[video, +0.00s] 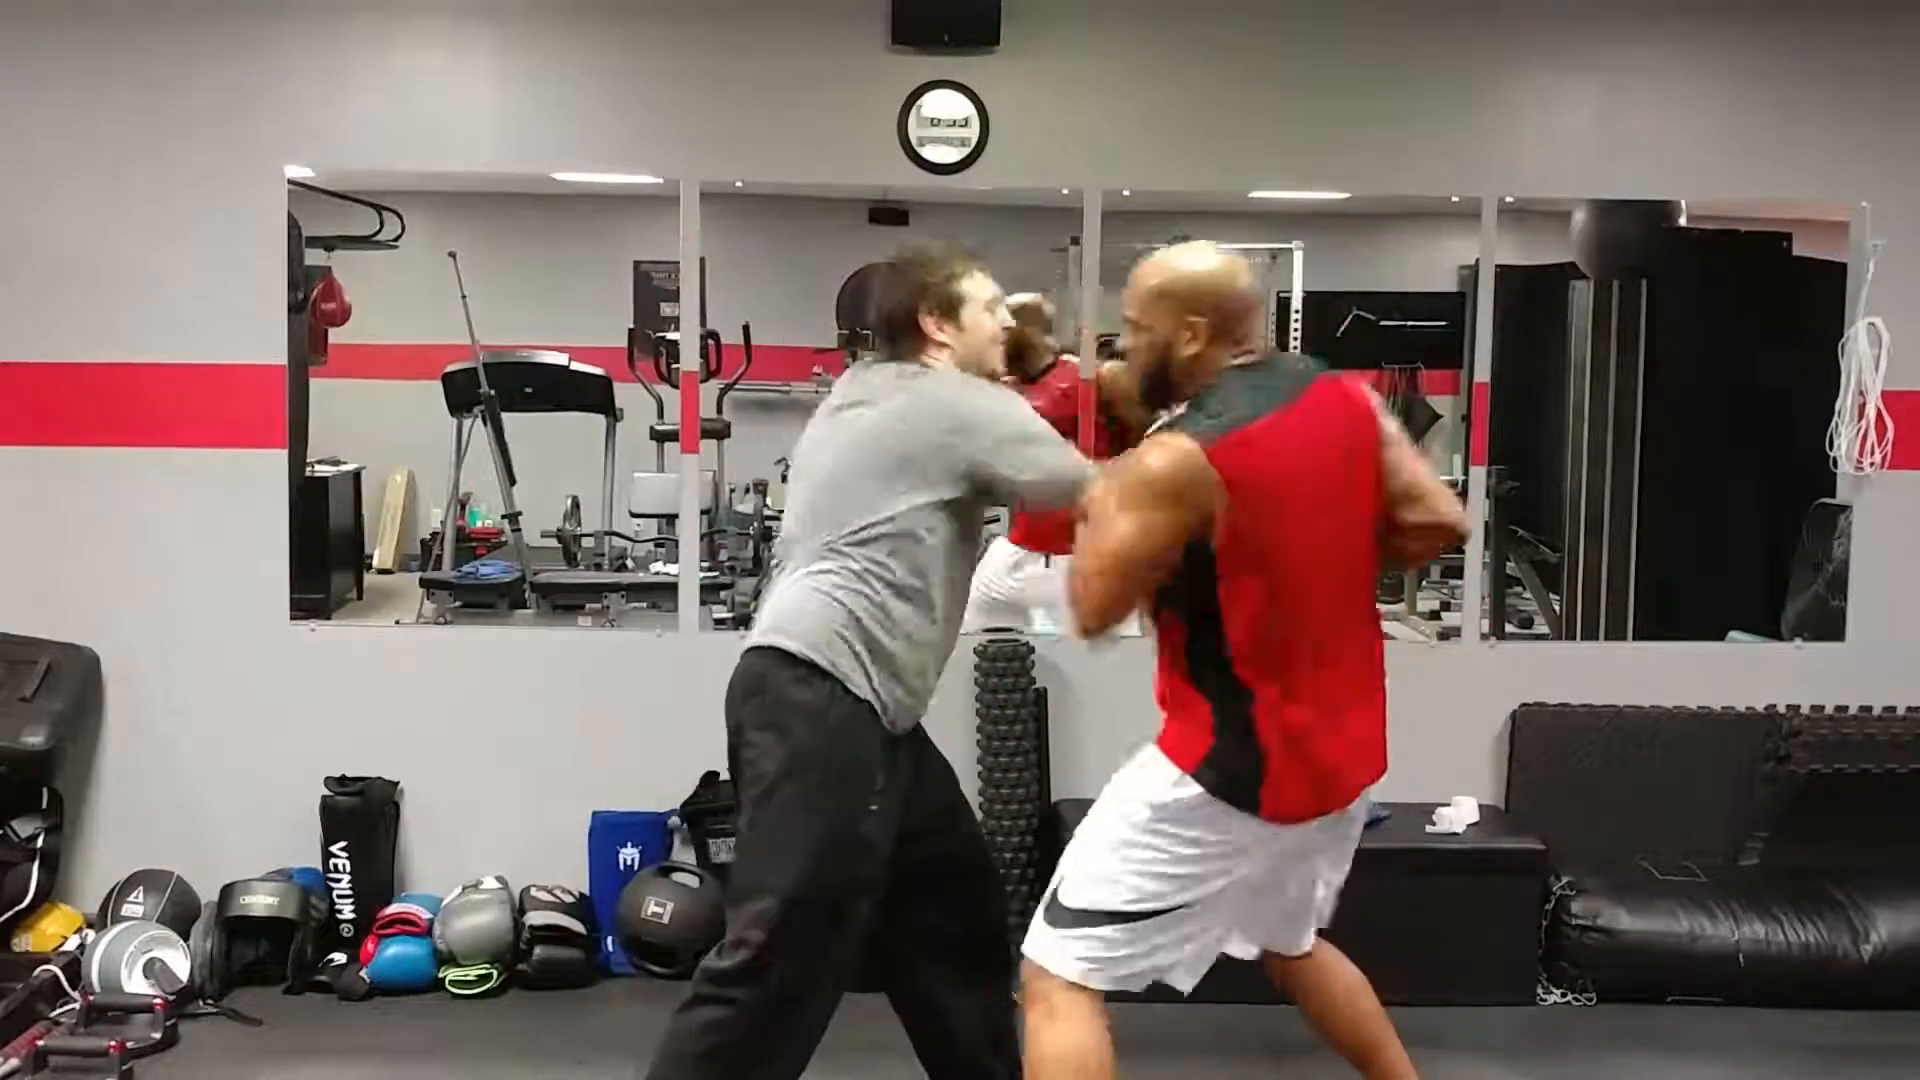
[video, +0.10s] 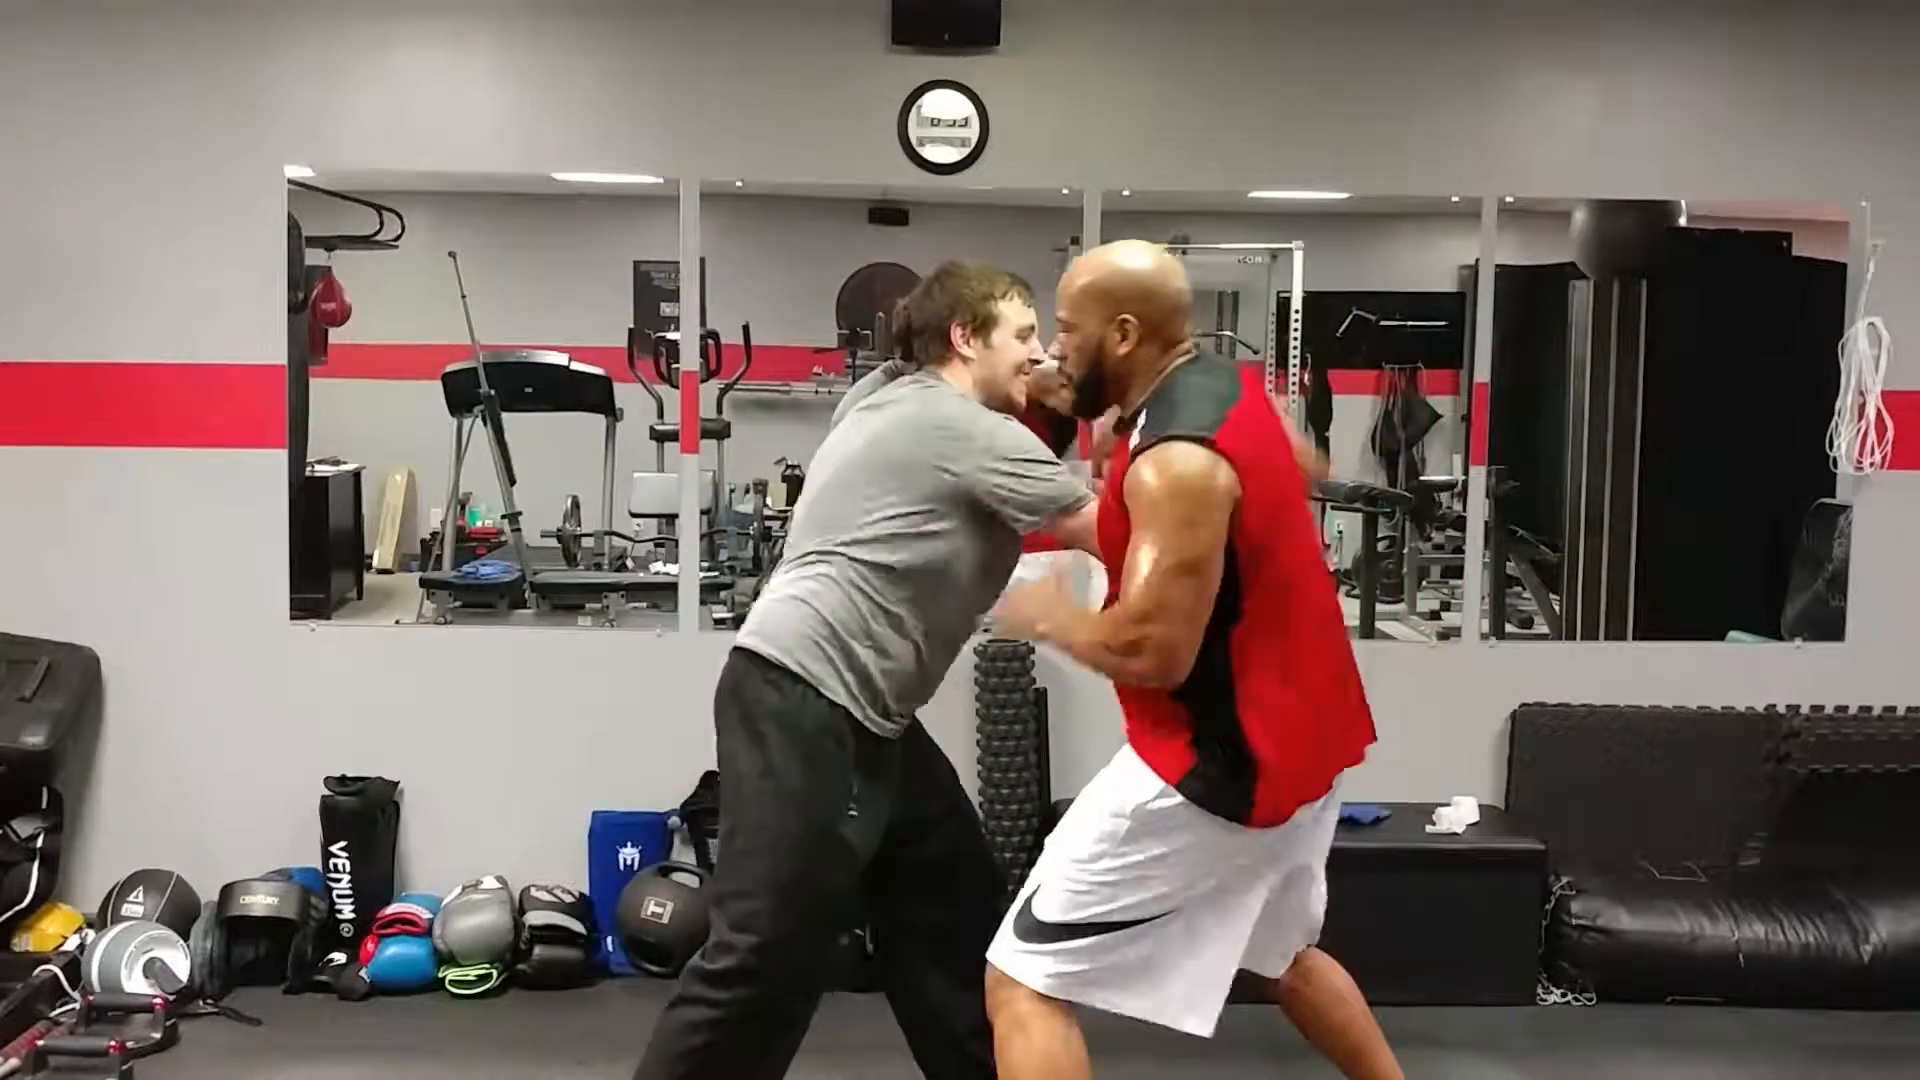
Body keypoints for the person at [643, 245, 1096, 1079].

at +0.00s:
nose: (1006, 332)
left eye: (1003, 311)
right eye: (991, 311)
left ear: (915, 330)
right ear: (935, 325)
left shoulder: (856, 400)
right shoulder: (954, 402)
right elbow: (1089, 489)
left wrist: (999, 363)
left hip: (862, 711)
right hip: (818, 694)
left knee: (960, 934)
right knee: (782, 952)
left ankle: (990, 1069)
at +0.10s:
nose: (1040, 353)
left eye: (1040, 335)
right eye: (1024, 334)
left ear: (955, 344)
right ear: (964, 341)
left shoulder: (905, 407)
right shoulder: (954, 423)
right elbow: (1106, 522)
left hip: (865, 715)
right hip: (800, 698)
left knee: (955, 912)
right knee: (763, 959)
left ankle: (974, 1067)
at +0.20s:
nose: (1014, 347)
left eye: (1014, 330)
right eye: (998, 329)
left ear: (929, 338)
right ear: (936, 335)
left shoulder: (896, 409)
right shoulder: (929, 421)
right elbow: (1093, 519)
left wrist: (1038, 412)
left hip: (861, 717)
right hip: (786, 696)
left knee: (956, 915)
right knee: (751, 955)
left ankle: (973, 1067)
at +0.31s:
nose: (986, 336)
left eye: (987, 316)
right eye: (970, 315)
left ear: (905, 323)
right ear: (909, 319)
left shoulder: (871, 396)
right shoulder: (894, 408)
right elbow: (1063, 502)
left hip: (836, 713)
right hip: (768, 700)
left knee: (936, 920)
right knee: (721, 958)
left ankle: (973, 1068)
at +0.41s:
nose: (970, 332)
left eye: (972, 314)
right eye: (956, 310)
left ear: (895, 316)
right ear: (894, 312)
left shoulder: (892, 407)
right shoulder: (850, 393)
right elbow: (1021, 449)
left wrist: (1010, 377)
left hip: (839, 706)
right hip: (750, 692)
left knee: (940, 896)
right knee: (702, 946)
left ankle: (963, 1068)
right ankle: (619, 1074)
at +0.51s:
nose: (979, 326)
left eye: (979, 307)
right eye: (961, 305)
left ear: (900, 313)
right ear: (900, 310)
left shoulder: (895, 401)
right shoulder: (865, 401)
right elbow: (1036, 471)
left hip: (848, 707)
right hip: (757, 696)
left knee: (932, 905)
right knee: (705, 945)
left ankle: (925, 1071)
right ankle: (622, 1075)